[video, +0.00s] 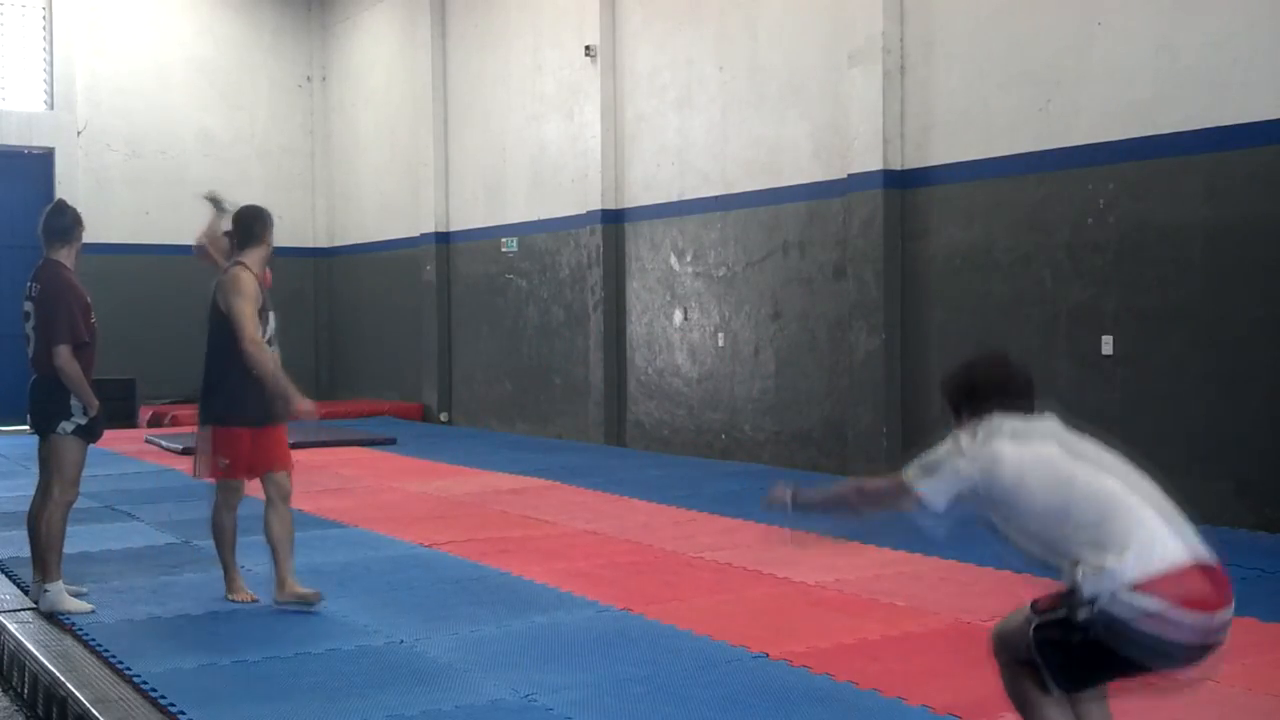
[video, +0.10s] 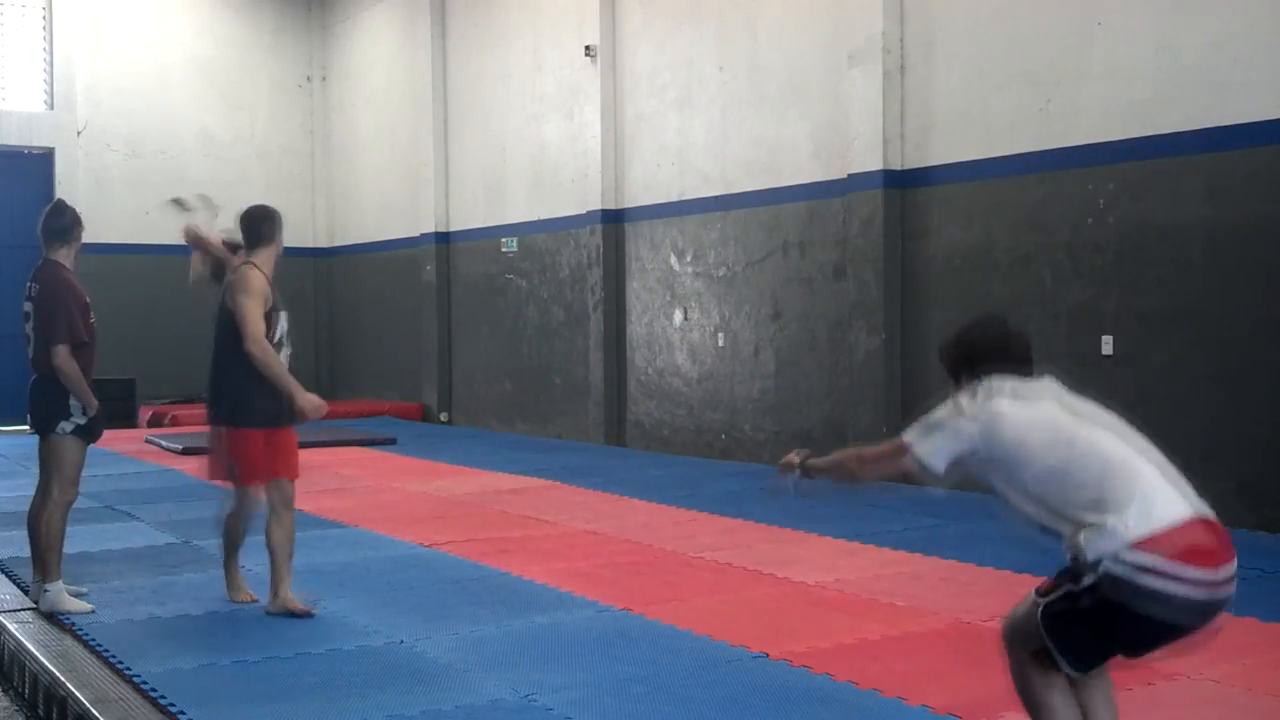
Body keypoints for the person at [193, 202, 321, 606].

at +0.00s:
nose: (274, 240)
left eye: (270, 235)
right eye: (273, 234)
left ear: (236, 237)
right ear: (267, 236)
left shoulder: (249, 275)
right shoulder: (238, 279)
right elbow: (251, 344)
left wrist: (220, 219)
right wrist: (291, 394)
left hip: (261, 405)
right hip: (231, 407)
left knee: (279, 489)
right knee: (230, 493)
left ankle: (285, 583)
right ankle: (232, 580)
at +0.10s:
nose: (283, 240)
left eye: (276, 234)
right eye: (282, 234)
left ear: (246, 237)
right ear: (278, 237)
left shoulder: (255, 276)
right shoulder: (248, 278)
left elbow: (232, 261)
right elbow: (254, 344)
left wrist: (209, 244)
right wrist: (297, 392)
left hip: (273, 408)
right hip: (243, 410)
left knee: (282, 498)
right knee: (249, 501)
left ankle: (281, 592)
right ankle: (231, 571)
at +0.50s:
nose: (323, 240)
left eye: (321, 234)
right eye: (323, 234)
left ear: (289, 231)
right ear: (316, 235)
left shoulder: (306, 281)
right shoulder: (265, 283)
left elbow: (313, 341)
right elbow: (262, 358)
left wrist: (349, 349)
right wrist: (332, 359)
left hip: (299, 412)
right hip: (267, 413)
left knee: (295, 507)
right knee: (269, 509)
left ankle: (281, 591)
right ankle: (271, 610)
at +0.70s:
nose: (337, 251)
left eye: (339, 243)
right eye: (337, 241)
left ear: (314, 236)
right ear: (319, 236)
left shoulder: (316, 282)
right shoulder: (257, 277)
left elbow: (312, 342)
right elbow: (244, 351)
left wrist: (351, 344)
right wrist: (309, 346)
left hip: (307, 411)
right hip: (265, 413)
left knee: (323, 512)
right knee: (273, 515)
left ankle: (286, 573)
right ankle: (275, 626)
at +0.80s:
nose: (344, 250)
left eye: (347, 242)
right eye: (342, 240)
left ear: (322, 235)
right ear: (318, 232)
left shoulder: (325, 279)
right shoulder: (260, 275)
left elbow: (321, 343)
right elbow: (239, 352)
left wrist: (358, 348)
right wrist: (303, 342)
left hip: (312, 411)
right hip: (265, 414)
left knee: (334, 511)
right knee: (267, 518)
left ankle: (295, 577)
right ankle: (273, 629)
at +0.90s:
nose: (351, 248)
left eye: (354, 239)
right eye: (347, 238)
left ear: (331, 234)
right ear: (320, 230)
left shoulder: (337, 278)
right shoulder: (263, 275)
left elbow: (348, 342)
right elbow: (243, 354)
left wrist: (340, 347)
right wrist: (310, 360)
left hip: (317, 416)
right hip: (266, 418)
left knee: (345, 510)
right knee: (264, 524)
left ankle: (314, 600)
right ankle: (273, 629)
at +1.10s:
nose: (366, 245)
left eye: (370, 237)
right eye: (359, 235)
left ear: (366, 235)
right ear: (329, 227)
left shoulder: (366, 285)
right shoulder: (277, 276)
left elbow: (382, 351)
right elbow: (233, 347)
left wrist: (375, 370)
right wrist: (295, 362)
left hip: (340, 431)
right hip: (280, 431)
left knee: (363, 530)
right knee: (278, 532)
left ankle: (378, 638)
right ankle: (280, 632)